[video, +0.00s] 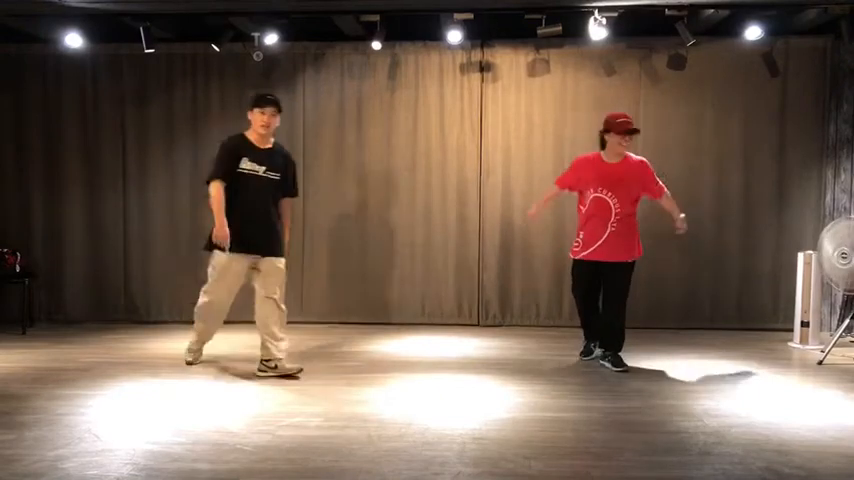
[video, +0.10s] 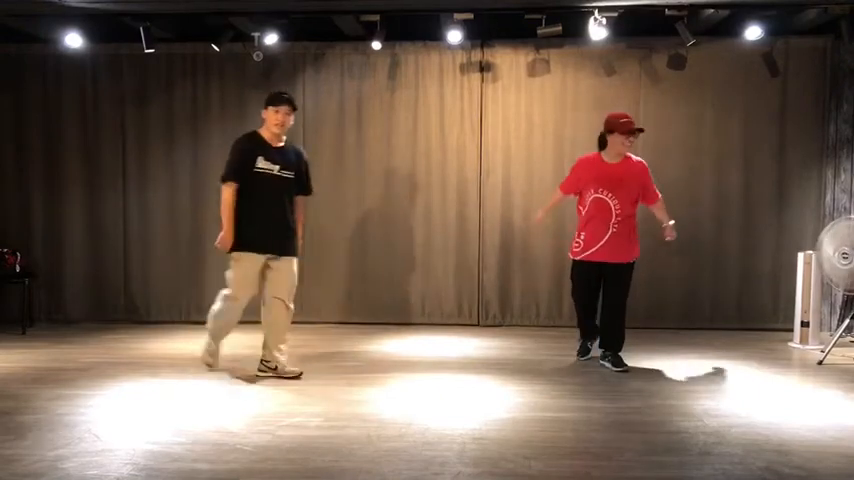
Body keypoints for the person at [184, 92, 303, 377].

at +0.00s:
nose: (267, 119)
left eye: (273, 114)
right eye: (262, 113)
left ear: (278, 120)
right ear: (250, 116)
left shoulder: (283, 159)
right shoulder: (233, 147)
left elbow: (285, 201)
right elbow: (216, 184)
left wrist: (285, 238)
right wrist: (220, 223)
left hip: (270, 241)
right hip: (235, 239)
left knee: (272, 302)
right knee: (214, 299)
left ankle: (271, 358)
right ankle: (198, 341)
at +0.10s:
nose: (283, 118)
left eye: (288, 113)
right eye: (277, 112)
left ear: (293, 119)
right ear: (265, 114)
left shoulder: (296, 156)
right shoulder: (246, 145)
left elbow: (299, 201)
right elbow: (229, 186)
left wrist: (298, 237)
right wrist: (227, 229)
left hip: (283, 241)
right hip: (249, 239)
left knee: (281, 302)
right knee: (238, 295)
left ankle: (272, 358)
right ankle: (214, 338)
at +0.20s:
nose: (293, 116)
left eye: (298, 111)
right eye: (287, 110)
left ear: (304, 116)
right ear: (275, 112)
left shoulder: (308, 153)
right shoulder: (254, 146)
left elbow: (315, 197)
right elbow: (240, 188)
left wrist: (319, 235)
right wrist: (237, 228)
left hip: (296, 240)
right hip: (263, 238)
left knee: (289, 303)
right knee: (267, 296)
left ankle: (273, 359)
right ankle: (243, 348)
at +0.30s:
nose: (304, 116)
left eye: (309, 111)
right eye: (298, 110)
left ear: (313, 115)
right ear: (284, 111)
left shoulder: (316, 150)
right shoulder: (265, 146)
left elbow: (330, 192)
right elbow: (251, 187)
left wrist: (344, 227)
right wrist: (252, 228)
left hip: (306, 235)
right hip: (277, 234)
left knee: (294, 299)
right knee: (292, 295)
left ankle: (273, 358)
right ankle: (281, 362)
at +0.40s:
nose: (315, 115)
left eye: (320, 110)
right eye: (308, 109)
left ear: (324, 115)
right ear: (295, 112)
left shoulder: (327, 150)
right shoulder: (278, 149)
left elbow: (343, 190)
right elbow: (266, 192)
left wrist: (363, 223)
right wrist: (269, 233)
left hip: (317, 238)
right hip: (292, 237)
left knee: (297, 301)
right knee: (315, 295)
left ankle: (274, 360)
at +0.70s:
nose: (363, 115)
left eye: (369, 110)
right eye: (357, 109)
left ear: (374, 115)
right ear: (344, 112)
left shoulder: (375, 150)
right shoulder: (330, 151)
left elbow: (385, 196)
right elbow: (324, 201)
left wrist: (392, 235)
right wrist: (330, 246)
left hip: (371, 243)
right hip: (345, 244)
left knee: (366, 301)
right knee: (355, 306)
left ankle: (307, 341)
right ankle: (366, 372)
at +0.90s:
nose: (402, 111)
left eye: (407, 106)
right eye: (396, 104)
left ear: (410, 111)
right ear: (381, 105)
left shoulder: (406, 148)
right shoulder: (366, 142)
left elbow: (411, 194)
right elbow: (367, 191)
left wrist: (413, 233)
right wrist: (386, 235)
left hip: (403, 239)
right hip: (372, 242)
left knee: (424, 292)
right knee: (372, 309)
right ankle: (369, 372)